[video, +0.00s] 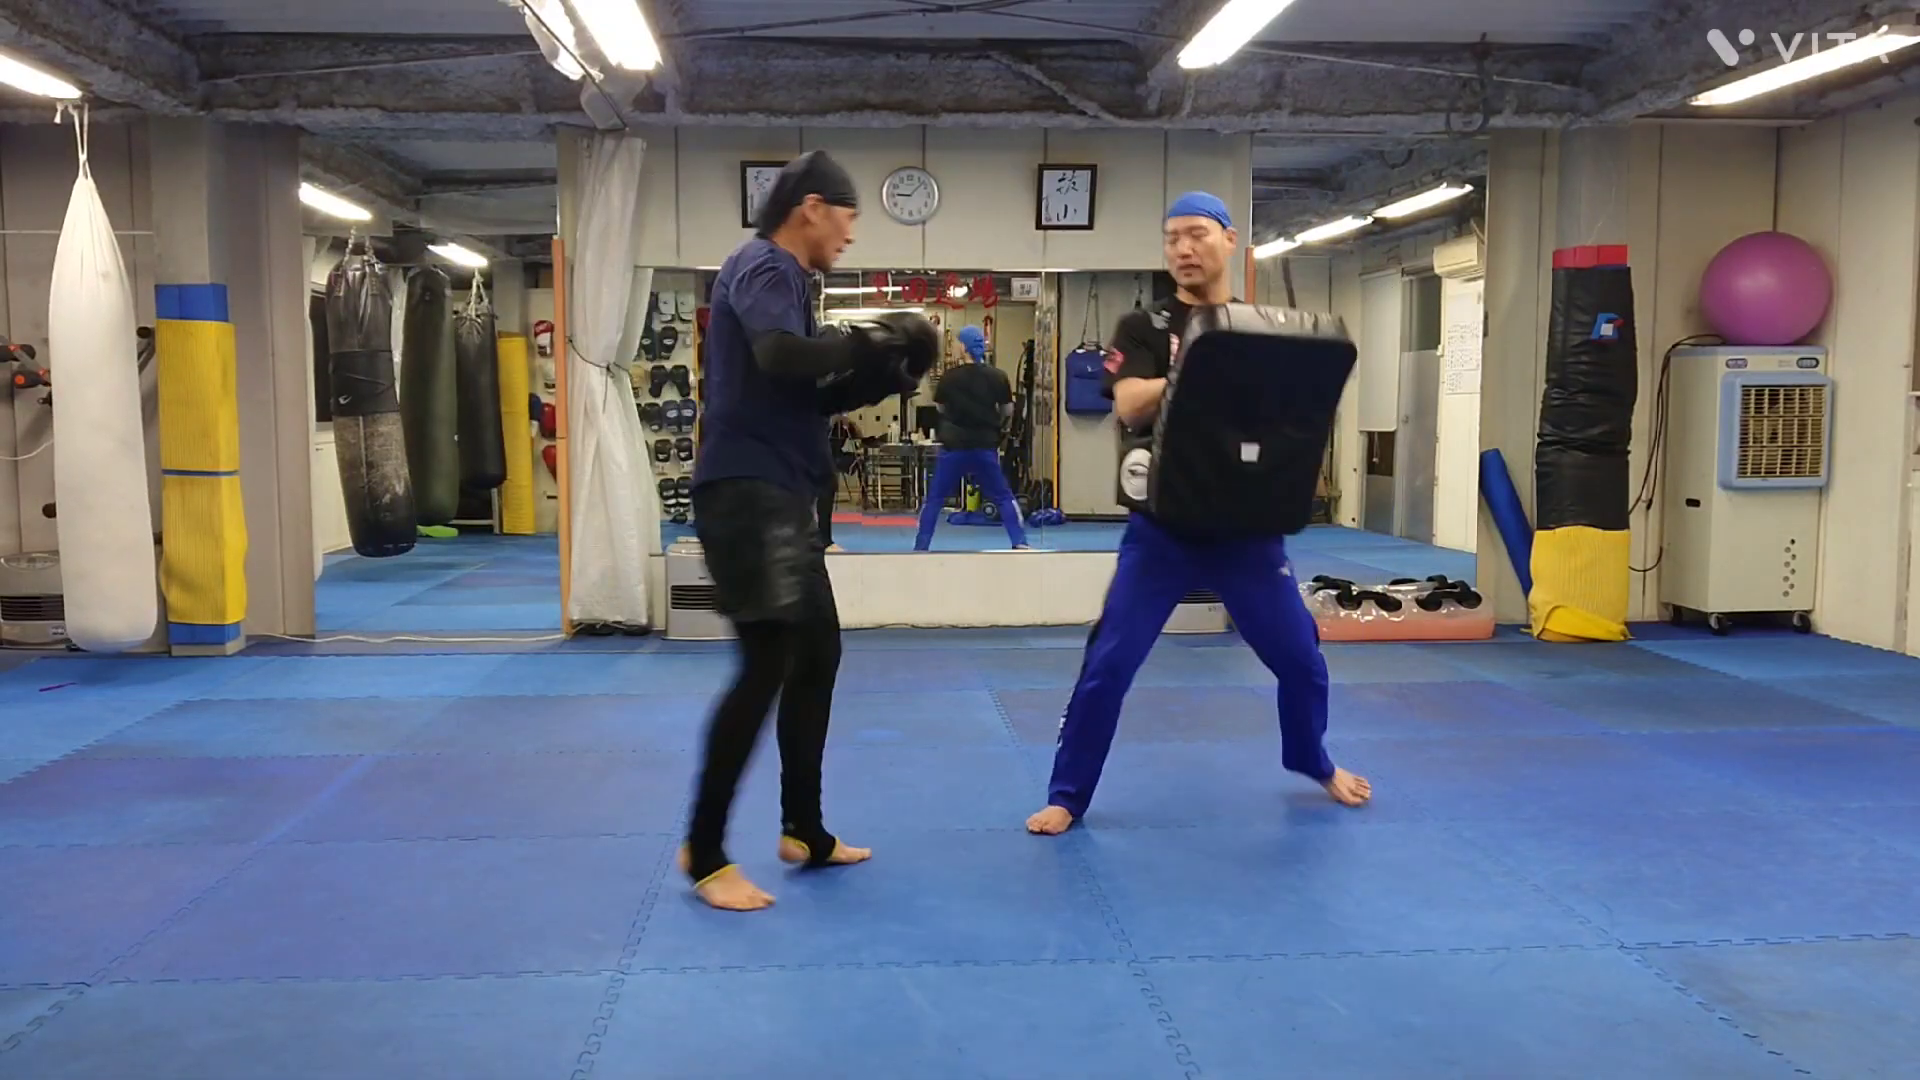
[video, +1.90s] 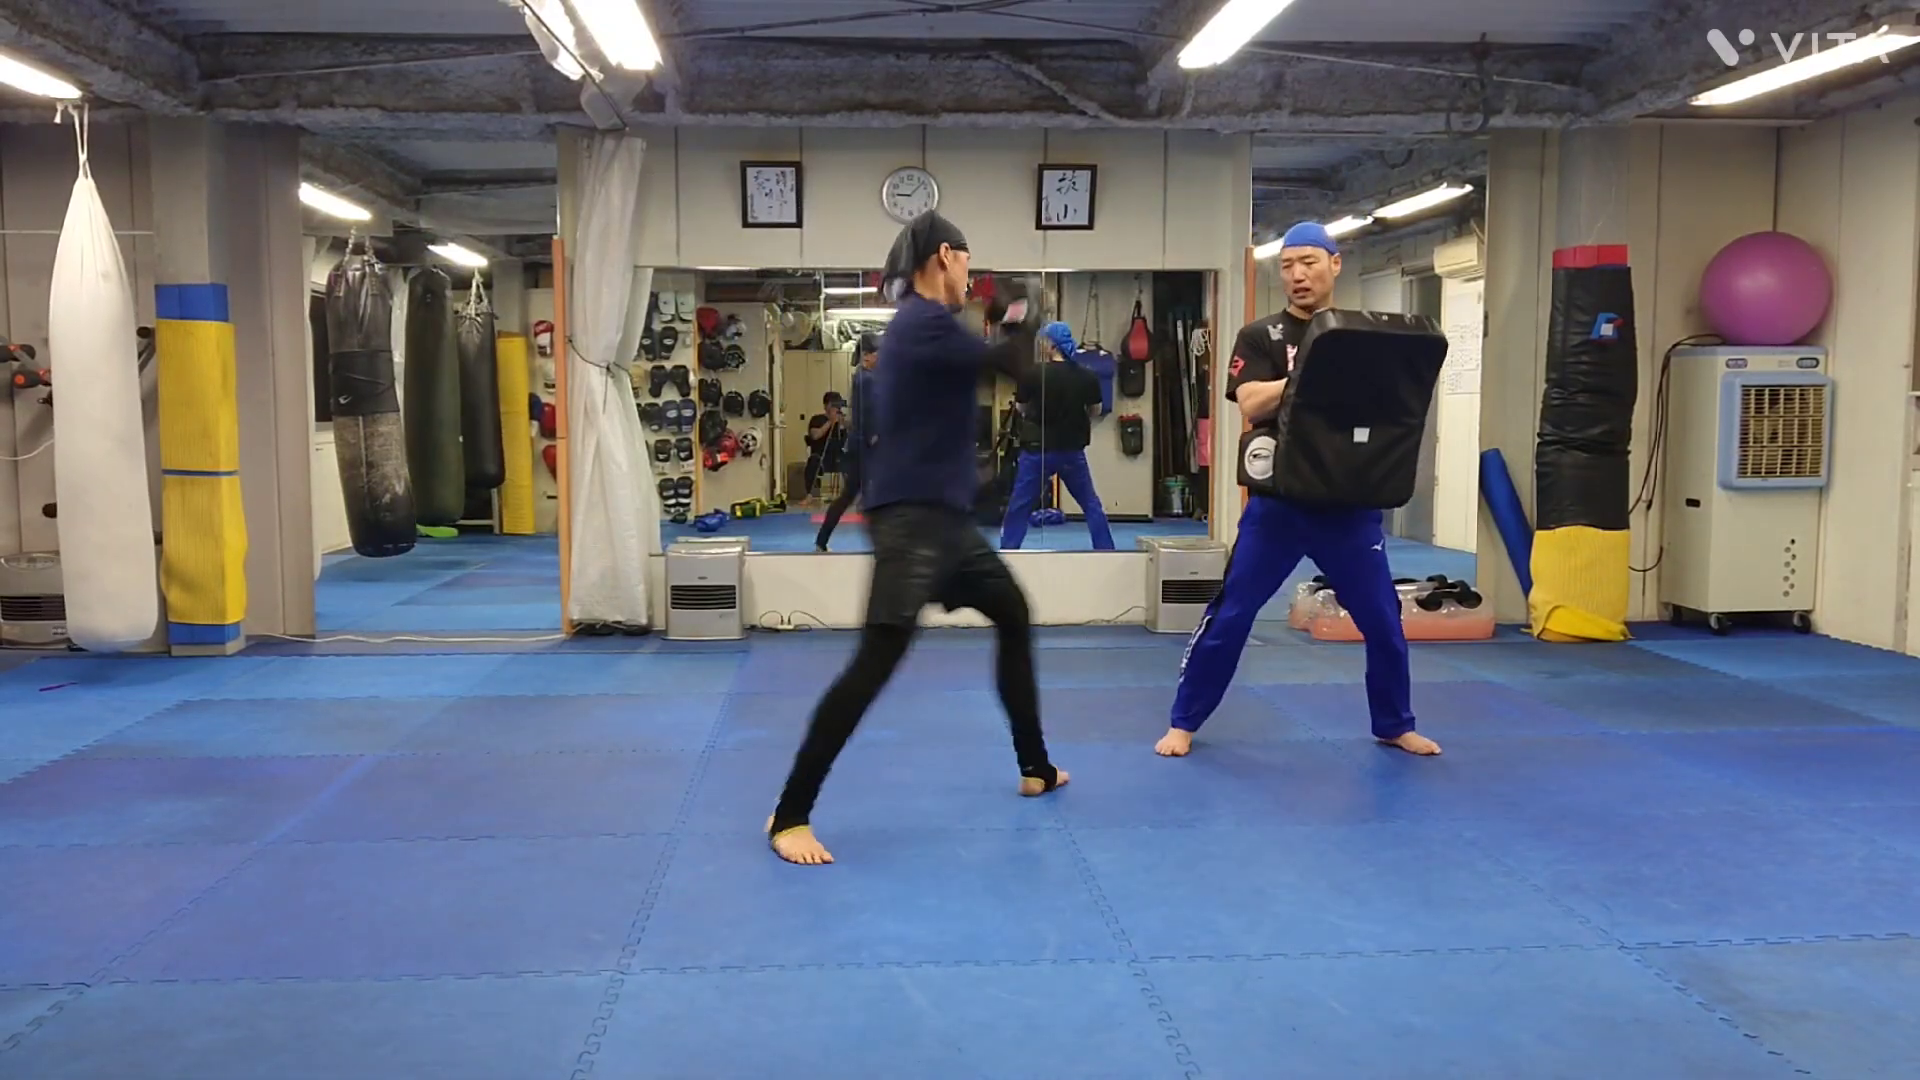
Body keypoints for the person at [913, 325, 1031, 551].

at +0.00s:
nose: (956, 347)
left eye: (958, 344)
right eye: (958, 343)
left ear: (964, 348)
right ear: (982, 346)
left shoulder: (951, 375)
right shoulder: (998, 376)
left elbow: (940, 406)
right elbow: (1007, 410)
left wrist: (957, 416)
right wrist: (993, 425)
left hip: (953, 447)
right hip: (984, 447)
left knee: (935, 498)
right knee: (1003, 497)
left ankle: (921, 546)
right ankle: (1019, 543)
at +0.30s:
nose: (983, 342)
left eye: (986, 338)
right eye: (985, 337)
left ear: (995, 343)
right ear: (1009, 343)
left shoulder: (982, 371)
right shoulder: (1025, 371)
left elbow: (968, 403)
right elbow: (1035, 397)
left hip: (985, 443)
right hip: (1015, 443)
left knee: (964, 492)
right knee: (1022, 497)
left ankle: (953, 544)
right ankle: (1034, 548)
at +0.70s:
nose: (990, 344)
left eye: (993, 340)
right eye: (992, 340)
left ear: (1000, 345)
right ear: (1017, 344)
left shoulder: (989, 374)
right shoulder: (1036, 373)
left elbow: (978, 406)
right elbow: (1049, 404)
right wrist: (1036, 421)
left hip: (994, 444)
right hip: (1025, 444)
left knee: (987, 499)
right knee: (1043, 495)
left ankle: (986, 552)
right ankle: (1063, 546)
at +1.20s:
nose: (1007, 341)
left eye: (1007, 338)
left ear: (1009, 338)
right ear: (1031, 336)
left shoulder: (1000, 362)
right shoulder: (1045, 361)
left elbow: (986, 395)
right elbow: (1054, 397)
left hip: (1005, 436)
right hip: (1039, 436)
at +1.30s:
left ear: (1020, 348)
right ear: (1048, 351)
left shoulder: (1002, 370)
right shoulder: (1052, 372)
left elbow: (990, 398)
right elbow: (1066, 404)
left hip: (1008, 444)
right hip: (1042, 444)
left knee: (996, 498)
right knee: (1062, 491)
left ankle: (986, 551)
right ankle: (1071, 546)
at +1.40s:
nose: (1015, 344)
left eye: (1016, 340)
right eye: (1016, 339)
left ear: (1022, 344)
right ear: (1043, 342)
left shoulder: (1010, 373)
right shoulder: (1060, 372)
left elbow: (999, 405)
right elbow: (1074, 406)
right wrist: (1058, 409)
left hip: (1015, 446)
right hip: (1051, 446)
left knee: (998, 500)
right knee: (1074, 497)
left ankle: (986, 552)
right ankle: (1089, 548)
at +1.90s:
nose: (1040, 346)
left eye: (1042, 342)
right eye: (1040, 342)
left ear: (1051, 345)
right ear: (1067, 344)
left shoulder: (1034, 373)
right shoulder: (1085, 375)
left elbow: (1022, 406)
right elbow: (1096, 410)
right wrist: (1076, 412)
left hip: (1037, 449)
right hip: (1072, 449)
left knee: (1020, 505)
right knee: (1091, 504)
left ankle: (1006, 557)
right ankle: (1107, 555)